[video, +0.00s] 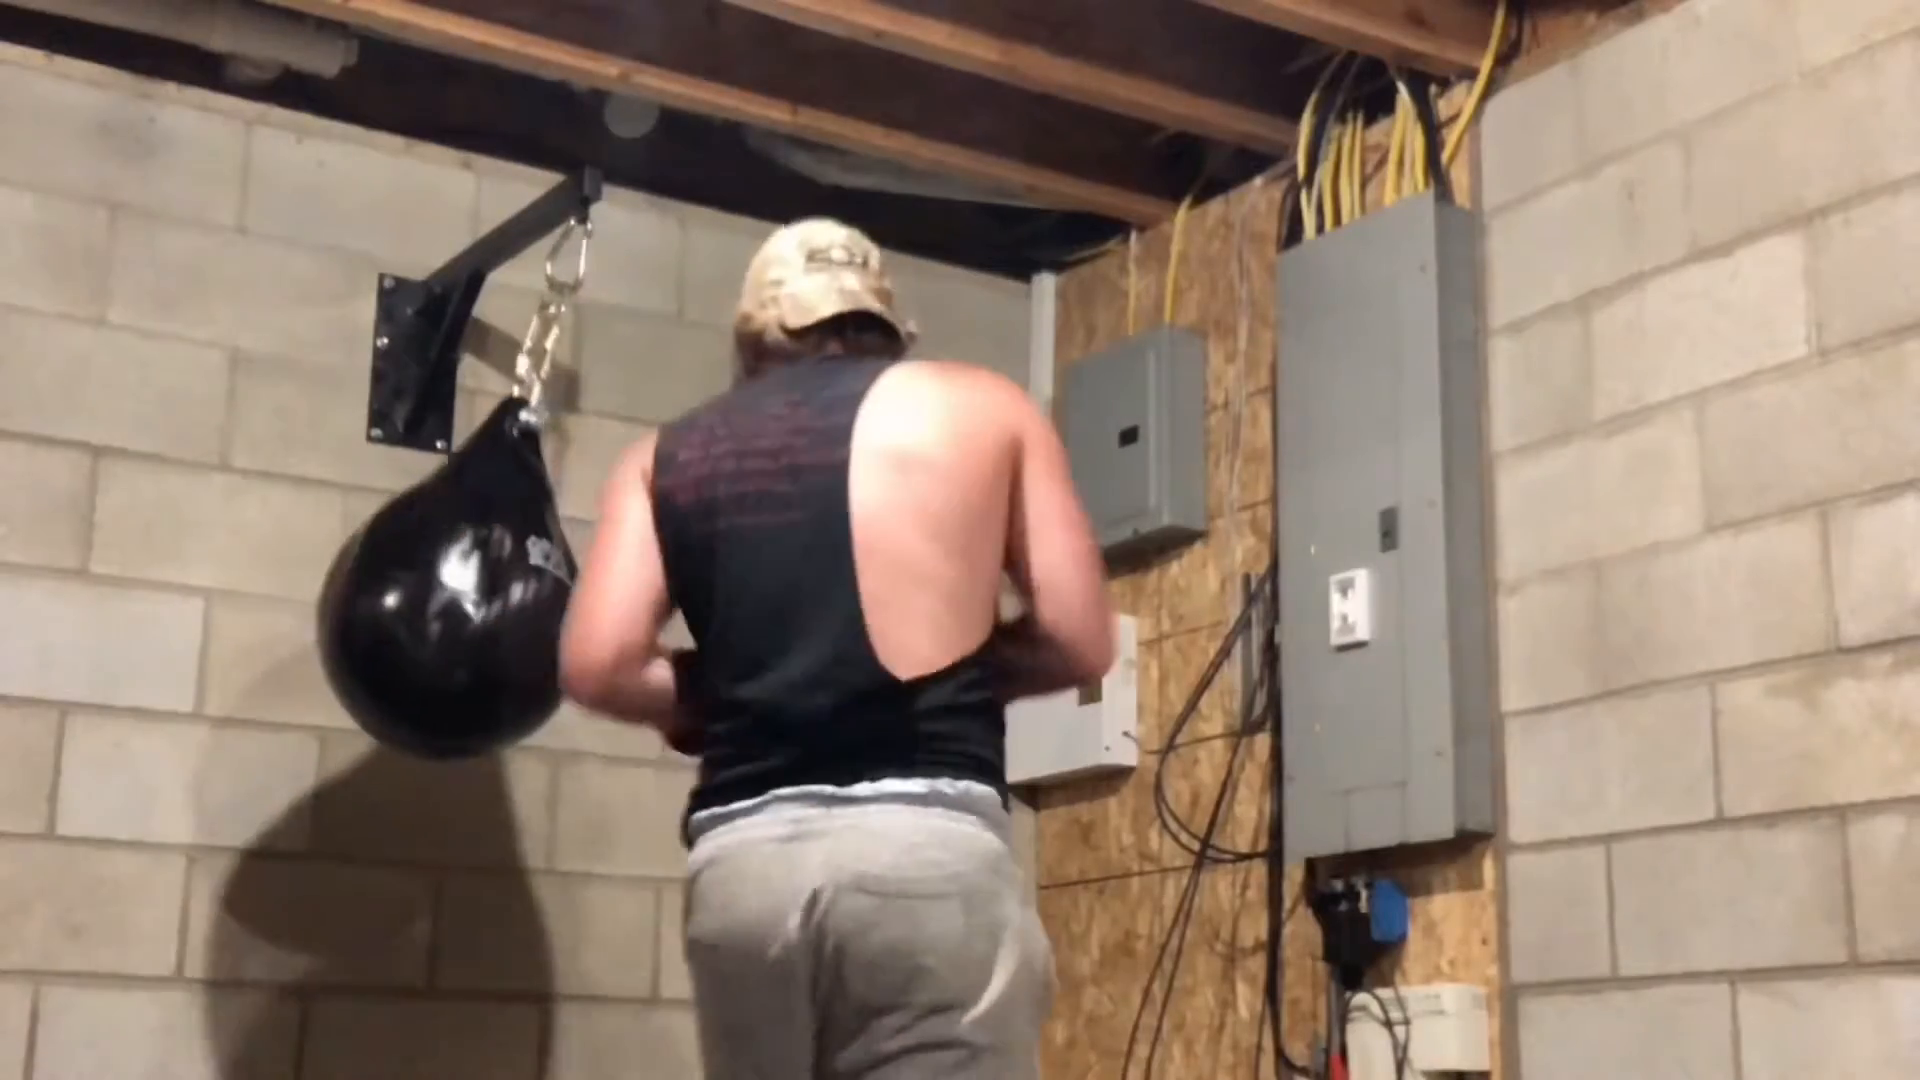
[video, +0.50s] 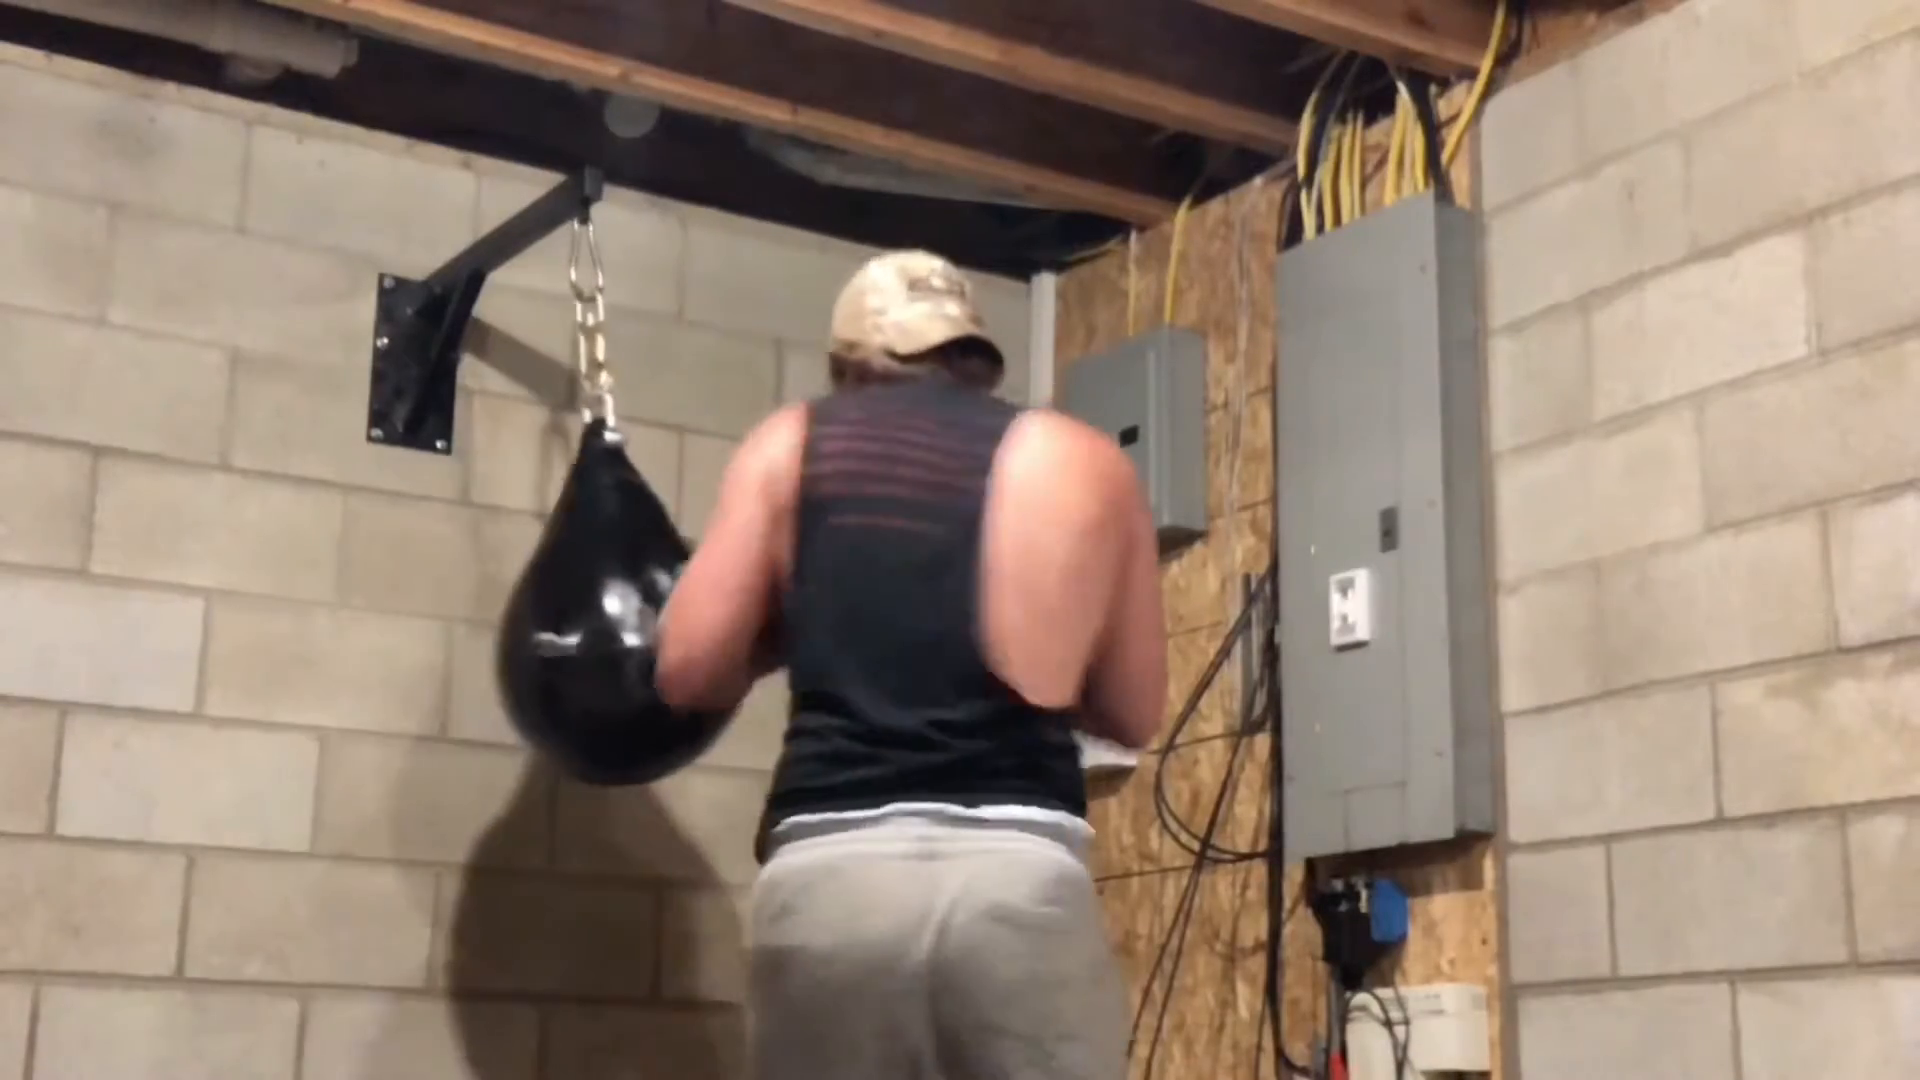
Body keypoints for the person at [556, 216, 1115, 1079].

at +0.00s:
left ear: (754, 333)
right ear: (888, 319)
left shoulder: (663, 455)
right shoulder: (992, 405)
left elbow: (596, 667)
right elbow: (1079, 647)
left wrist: (714, 698)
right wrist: (945, 670)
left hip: (743, 865)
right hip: (936, 853)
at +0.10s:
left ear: (751, 357)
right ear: (886, 330)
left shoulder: (684, 480)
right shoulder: (986, 409)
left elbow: (605, 720)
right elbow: (1123, 626)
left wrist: (745, 703)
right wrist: (995, 640)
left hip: (744, 887)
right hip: (929, 873)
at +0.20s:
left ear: (768, 363)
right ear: (898, 338)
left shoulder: (711, 482)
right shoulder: (993, 413)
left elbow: (642, 720)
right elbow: (1133, 632)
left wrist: (789, 652)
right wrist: (1016, 602)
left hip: (754, 896)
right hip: (934, 880)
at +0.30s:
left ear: (796, 348)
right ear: (928, 329)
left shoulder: (729, 461)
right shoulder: (1015, 412)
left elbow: (670, 697)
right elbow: (1134, 640)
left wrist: (799, 625)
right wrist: (1013, 558)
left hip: (774, 882)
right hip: (959, 866)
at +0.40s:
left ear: (827, 345)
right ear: (956, 334)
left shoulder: (746, 447)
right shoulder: (1053, 424)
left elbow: (681, 687)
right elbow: (1136, 667)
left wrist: (802, 600)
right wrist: (1029, 581)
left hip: (800, 874)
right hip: (992, 863)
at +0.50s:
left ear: (847, 359)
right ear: (975, 357)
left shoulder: (787, 442)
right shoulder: (1089, 461)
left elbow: (688, 675)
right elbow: (1134, 714)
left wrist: (798, 611)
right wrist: (1013, 635)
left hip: (825, 884)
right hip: (1025, 886)